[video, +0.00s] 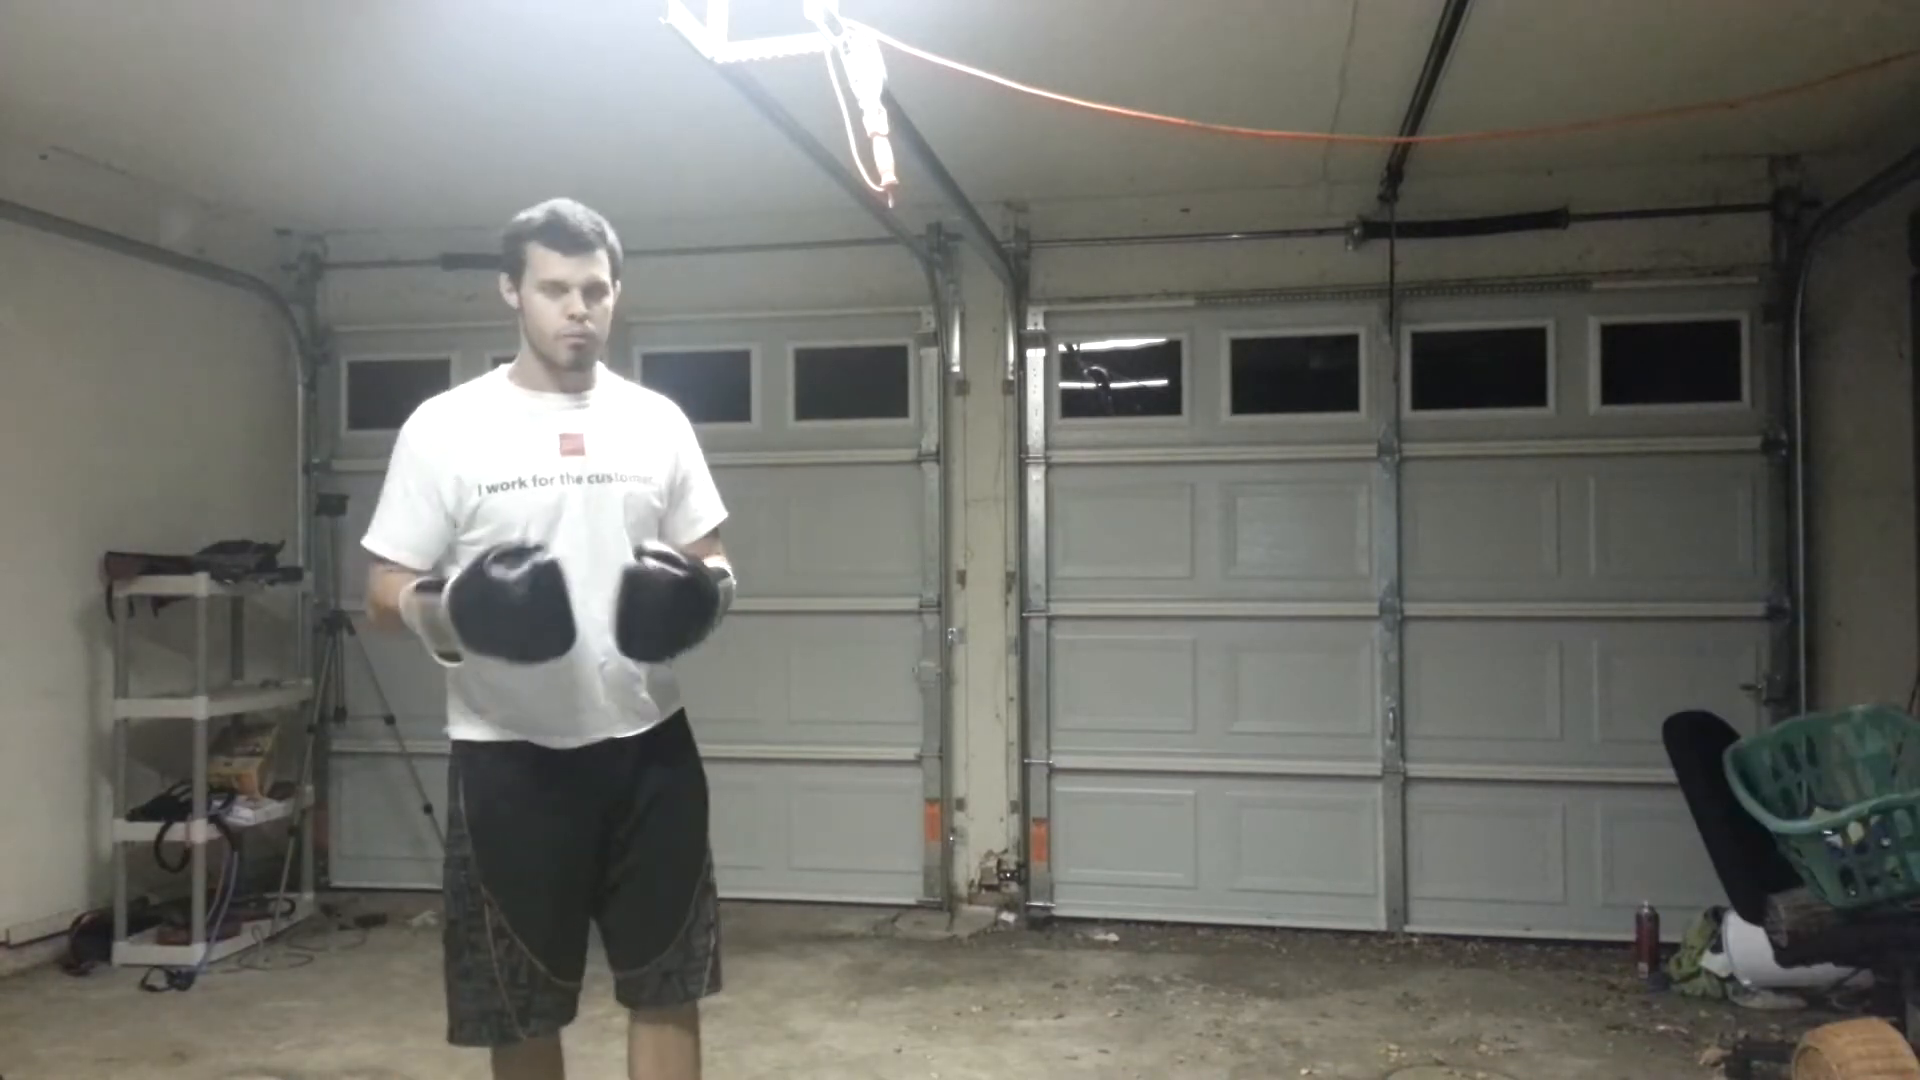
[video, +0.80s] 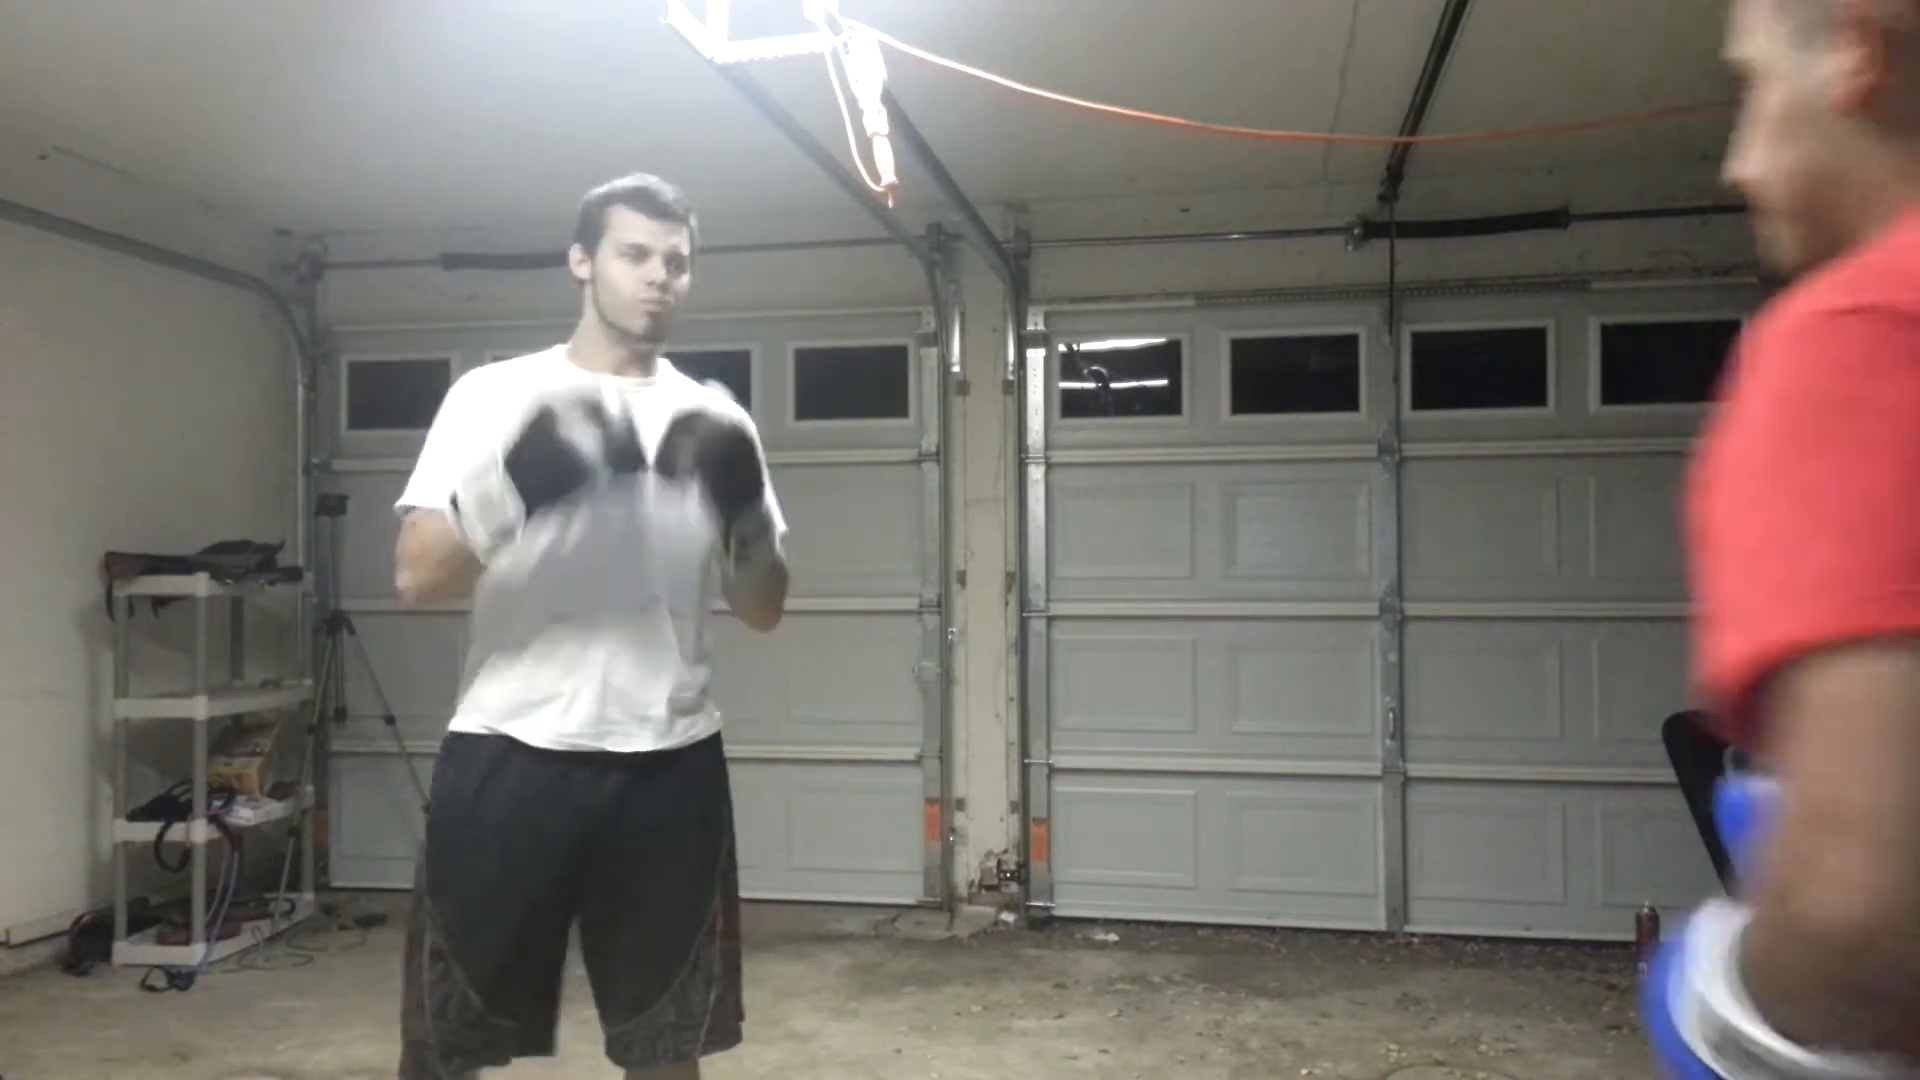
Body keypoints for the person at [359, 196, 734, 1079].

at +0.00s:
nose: (580, 311)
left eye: (596, 291)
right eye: (558, 290)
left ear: (617, 298)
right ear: (513, 296)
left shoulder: (658, 420)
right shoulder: (443, 427)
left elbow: (714, 563)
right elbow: (387, 591)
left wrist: (699, 591)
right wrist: (450, 611)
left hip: (647, 748)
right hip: (512, 757)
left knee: (667, 1001)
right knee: (522, 1021)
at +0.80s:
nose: (661, 279)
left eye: (677, 263)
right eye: (638, 256)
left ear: (690, 279)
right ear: (582, 264)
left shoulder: (714, 413)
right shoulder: (491, 395)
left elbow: (765, 609)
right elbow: (416, 578)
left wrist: (740, 504)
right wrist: (512, 490)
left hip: (668, 766)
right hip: (509, 760)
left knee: (669, 1052)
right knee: (451, 1051)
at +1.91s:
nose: (607, 329)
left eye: (619, 304)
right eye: (582, 302)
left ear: (626, 296)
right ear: (504, 285)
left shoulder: (639, 406)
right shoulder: (394, 394)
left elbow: (780, 491)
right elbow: (414, 575)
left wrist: (884, 487)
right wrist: (502, 419)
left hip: (604, 795)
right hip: (432, 795)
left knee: (639, 1064)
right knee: (414, 1065)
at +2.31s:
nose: (554, 303)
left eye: (560, 279)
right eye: (527, 274)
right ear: (442, 262)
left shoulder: (563, 396)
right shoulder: (312, 385)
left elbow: (731, 464)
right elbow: (359, 558)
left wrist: (898, 466)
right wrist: (459, 399)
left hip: (543, 808)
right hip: (360, 811)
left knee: (596, 1064)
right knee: (341, 1067)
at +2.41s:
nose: (541, 288)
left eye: (545, 265)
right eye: (517, 260)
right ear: (430, 251)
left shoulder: (542, 371)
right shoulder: (303, 380)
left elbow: (683, 495)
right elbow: (350, 576)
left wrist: (841, 531)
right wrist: (496, 459)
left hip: (540, 803)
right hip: (363, 816)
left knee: (582, 1064)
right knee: (357, 1063)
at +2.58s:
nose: (551, 272)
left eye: (552, 250)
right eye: (528, 243)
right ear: (442, 242)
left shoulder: (539, 417)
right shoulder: (330, 382)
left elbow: (623, 582)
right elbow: (409, 599)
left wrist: (763, 656)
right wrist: (601, 641)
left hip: (519, 818)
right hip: (357, 815)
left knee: (516, 1065)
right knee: (354, 1065)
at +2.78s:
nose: (576, 255)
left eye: (573, 234)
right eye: (555, 228)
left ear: (487, 231)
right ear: (475, 226)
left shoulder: (517, 403)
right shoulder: (404, 361)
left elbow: (578, 572)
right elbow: (555, 564)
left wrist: (728, 621)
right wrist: (721, 629)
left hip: (503, 802)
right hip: (370, 800)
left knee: (507, 1062)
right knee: (359, 1062)